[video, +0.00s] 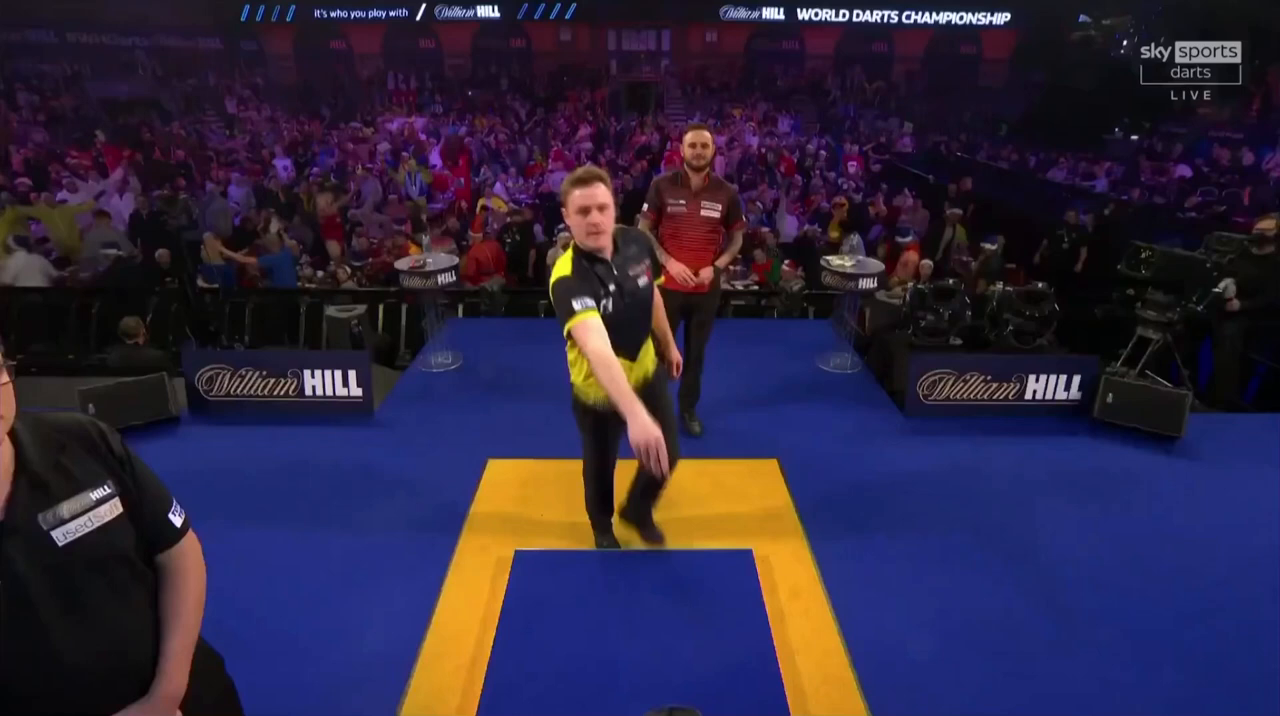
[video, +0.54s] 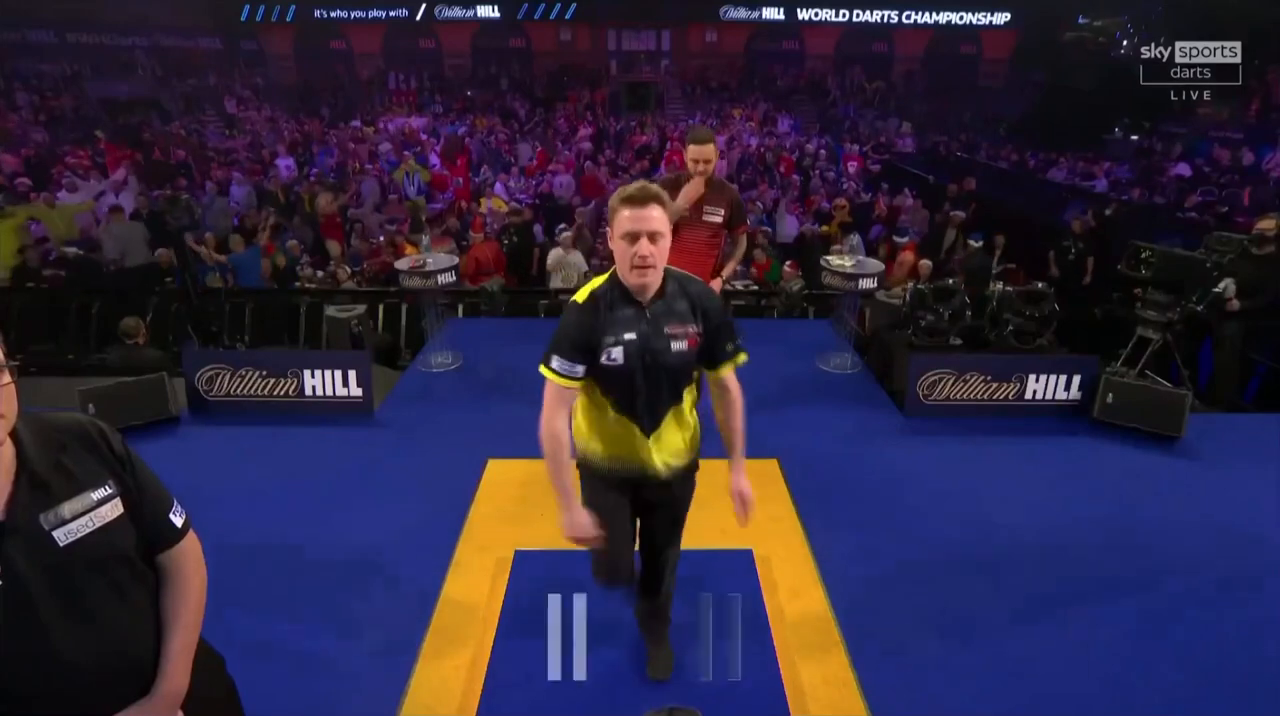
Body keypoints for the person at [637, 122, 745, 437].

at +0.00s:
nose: (698, 151)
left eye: (704, 146)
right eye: (692, 145)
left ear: (713, 151)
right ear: (682, 150)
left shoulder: (726, 193)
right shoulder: (662, 186)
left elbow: (737, 237)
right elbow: (643, 227)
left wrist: (716, 267)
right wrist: (667, 261)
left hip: (704, 288)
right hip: (668, 286)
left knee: (696, 353)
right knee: (660, 350)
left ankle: (688, 409)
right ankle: (653, 410)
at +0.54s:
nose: (700, 168)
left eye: (707, 162)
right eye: (695, 161)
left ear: (717, 157)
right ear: (685, 155)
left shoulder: (729, 195)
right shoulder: (667, 186)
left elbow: (741, 242)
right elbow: (652, 229)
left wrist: (721, 278)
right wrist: (680, 204)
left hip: (703, 289)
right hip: (665, 282)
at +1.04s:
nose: (690, 192)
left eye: (697, 185)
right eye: (684, 185)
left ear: (708, 177)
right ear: (673, 176)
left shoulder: (724, 210)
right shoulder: (651, 206)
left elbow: (732, 253)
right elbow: (633, 249)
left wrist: (717, 292)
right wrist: (644, 289)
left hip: (700, 315)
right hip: (660, 313)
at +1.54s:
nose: (697, 184)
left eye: (704, 176)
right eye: (689, 176)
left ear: (715, 174)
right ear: (675, 174)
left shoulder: (725, 212)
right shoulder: (656, 213)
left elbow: (728, 258)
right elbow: (631, 271)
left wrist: (723, 301)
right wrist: (672, 309)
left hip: (709, 327)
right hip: (668, 327)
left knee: (702, 406)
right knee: (659, 406)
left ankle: (698, 480)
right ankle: (649, 479)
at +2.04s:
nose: (726, 174)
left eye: (733, 166)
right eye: (718, 167)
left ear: (742, 170)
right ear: (703, 170)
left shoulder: (749, 218)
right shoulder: (682, 215)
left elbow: (750, 270)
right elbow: (650, 271)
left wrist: (749, 316)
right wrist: (675, 322)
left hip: (727, 339)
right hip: (690, 340)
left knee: (709, 412)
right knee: (686, 423)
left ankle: (697, 474)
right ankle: (672, 515)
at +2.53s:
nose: (707, 174)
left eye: (714, 166)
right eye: (697, 167)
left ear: (725, 171)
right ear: (682, 174)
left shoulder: (740, 222)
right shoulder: (669, 232)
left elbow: (747, 279)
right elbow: (654, 306)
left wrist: (751, 330)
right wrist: (685, 348)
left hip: (729, 348)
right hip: (686, 353)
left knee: (718, 418)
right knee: (681, 435)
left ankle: (700, 472)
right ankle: (673, 518)